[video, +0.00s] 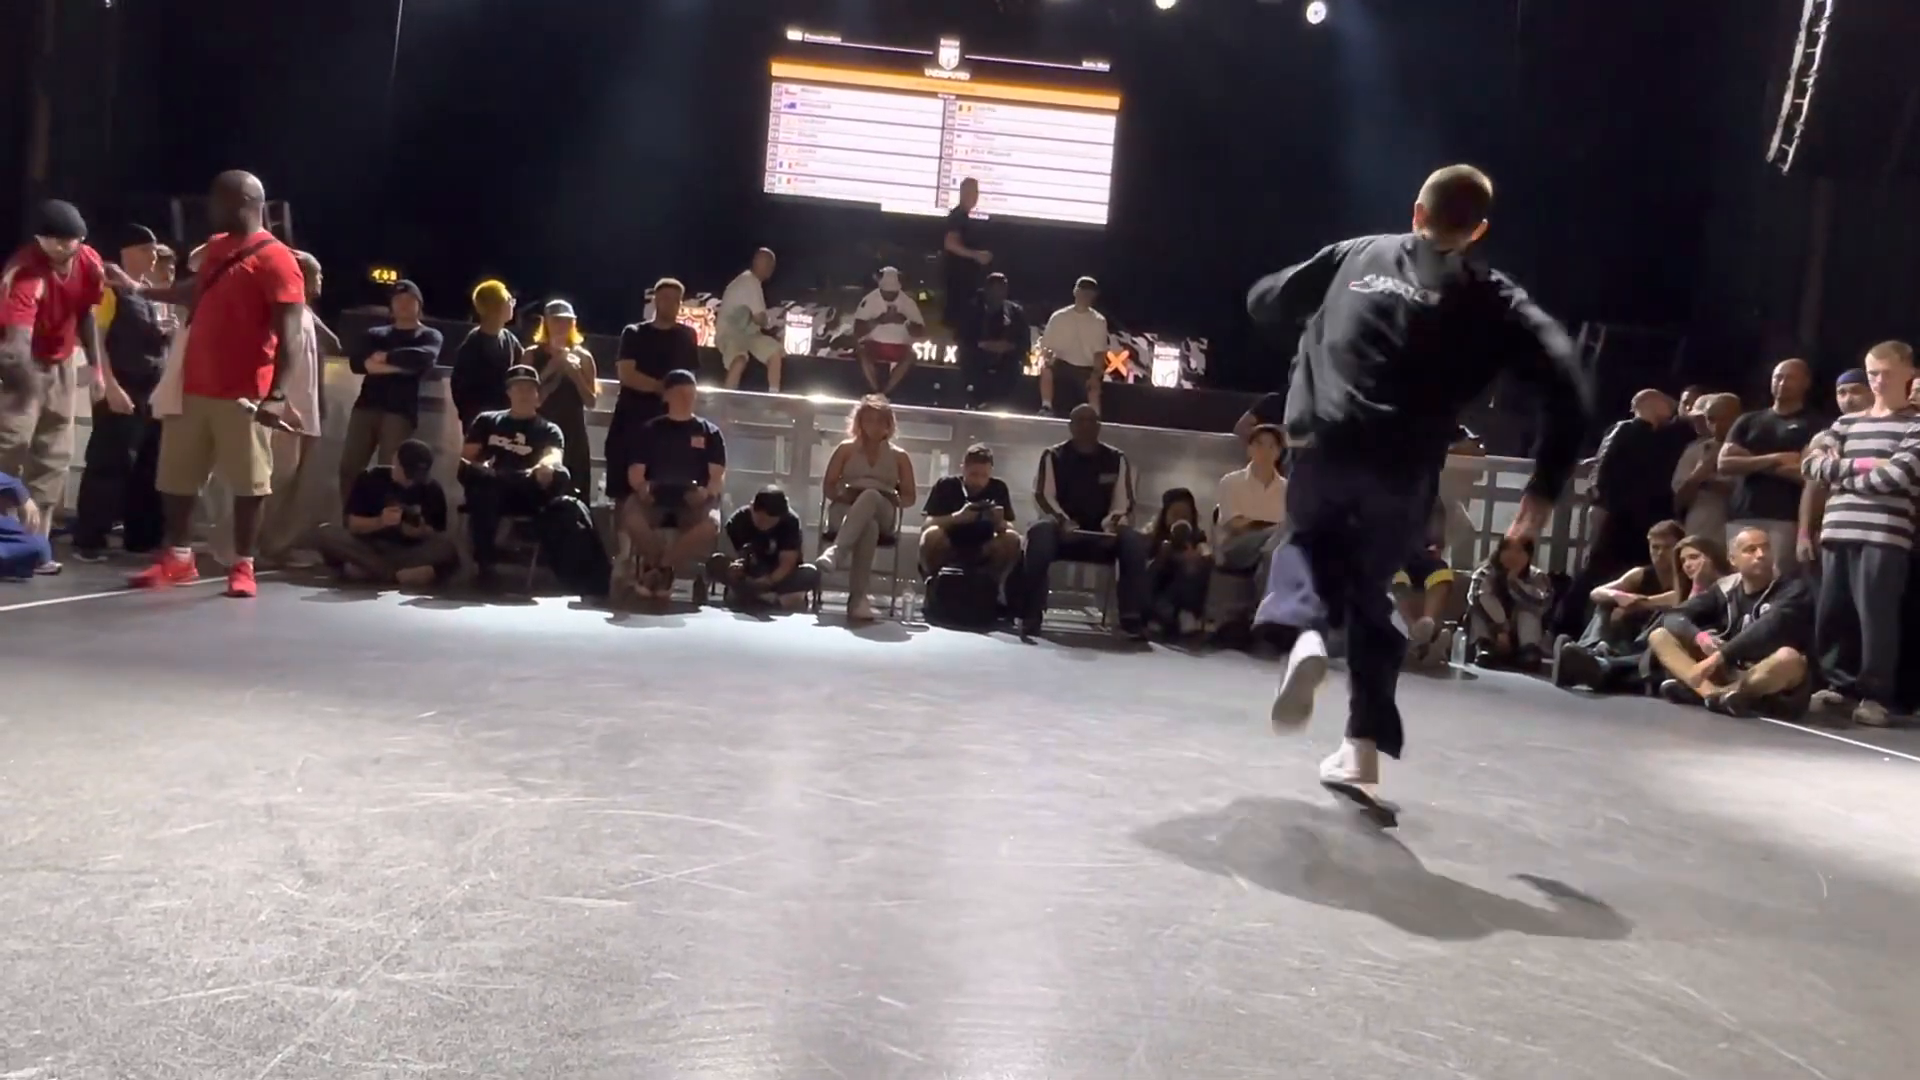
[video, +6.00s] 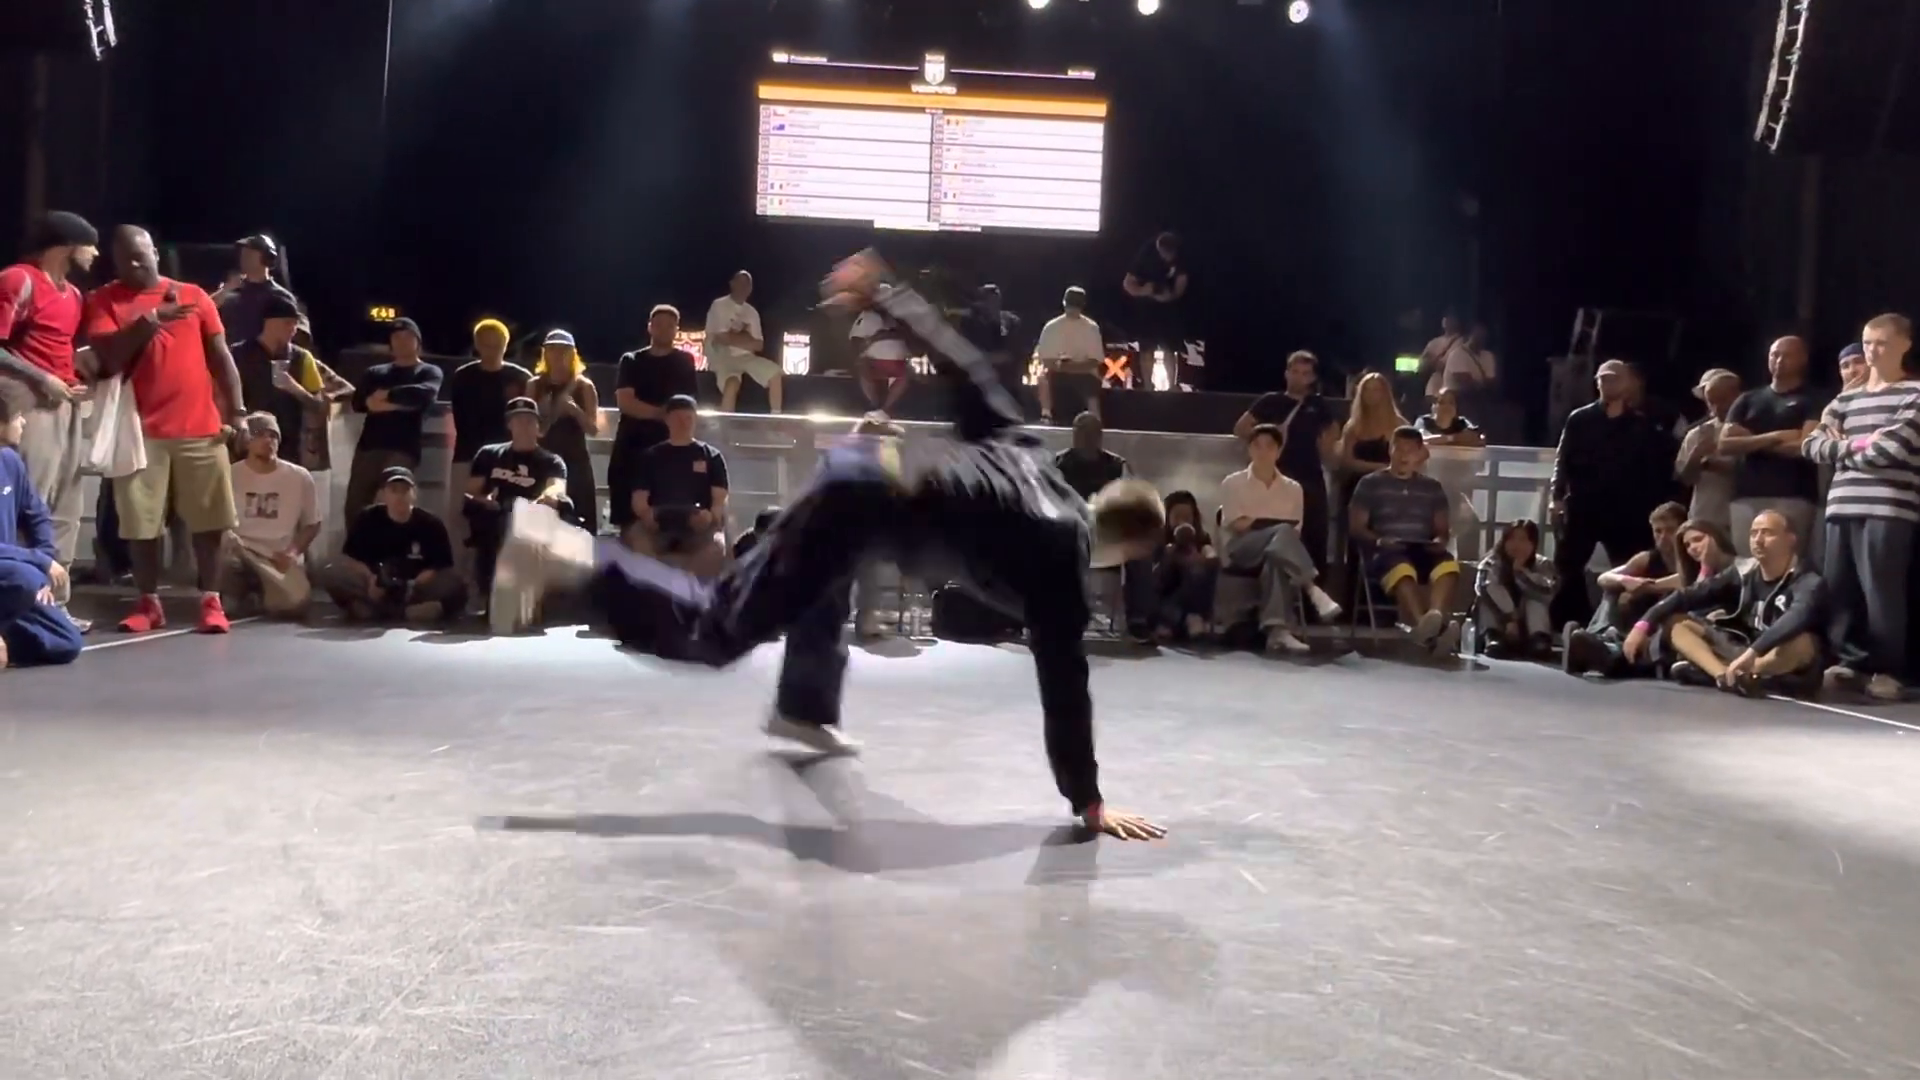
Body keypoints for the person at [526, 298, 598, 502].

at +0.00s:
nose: (562, 326)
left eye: (567, 320)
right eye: (556, 320)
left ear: (573, 324)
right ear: (546, 323)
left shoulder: (584, 357)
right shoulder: (532, 355)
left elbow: (591, 401)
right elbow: (529, 399)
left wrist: (574, 373)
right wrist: (554, 367)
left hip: (573, 431)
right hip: (540, 431)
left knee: (577, 492)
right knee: (538, 493)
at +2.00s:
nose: (557, 331)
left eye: (562, 325)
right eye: (551, 325)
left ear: (570, 329)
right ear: (542, 329)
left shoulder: (579, 359)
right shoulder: (530, 358)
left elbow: (585, 390)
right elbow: (525, 388)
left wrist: (574, 351)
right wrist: (544, 358)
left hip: (569, 432)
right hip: (537, 430)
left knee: (574, 491)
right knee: (536, 490)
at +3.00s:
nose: (535, 350)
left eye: (539, 345)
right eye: (529, 345)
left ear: (546, 347)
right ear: (518, 346)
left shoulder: (552, 375)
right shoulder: (508, 374)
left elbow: (564, 394)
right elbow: (496, 397)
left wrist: (551, 358)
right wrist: (518, 364)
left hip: (548, 449)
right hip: (516, 449)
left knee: (553, 511)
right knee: (516, 510)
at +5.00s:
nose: (546, 369)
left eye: (551, 364)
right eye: (540, 363)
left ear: (559, 367)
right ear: (531, 367)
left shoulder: (566, 395)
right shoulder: (524, 394)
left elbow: (577, 410)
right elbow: (513, 415)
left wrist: (564, 375)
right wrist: (530, 379)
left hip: (562, 465)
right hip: (532, 465)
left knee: (570, 523)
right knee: (532, 521)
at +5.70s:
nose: (553, 358)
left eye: (559, 353)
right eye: (548, 353)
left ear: (567, 357)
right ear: (541, 357)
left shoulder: (581, 389)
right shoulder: (530, 388)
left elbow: (587, 427)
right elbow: (528, 428)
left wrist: (570, 396)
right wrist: (547, 401)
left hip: (571, 459)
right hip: (541, 458)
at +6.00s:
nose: (558, 356)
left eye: (563, 351)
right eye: (553, 350)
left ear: (572, 355)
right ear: (545, 354)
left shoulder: (584, 386)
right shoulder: (535, 384)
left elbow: (592, 427)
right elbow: (532, 426)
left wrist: (574, 409)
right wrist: (553, 411)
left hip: (574, 454)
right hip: (544, 453)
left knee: (581, 513)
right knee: (543, 512)